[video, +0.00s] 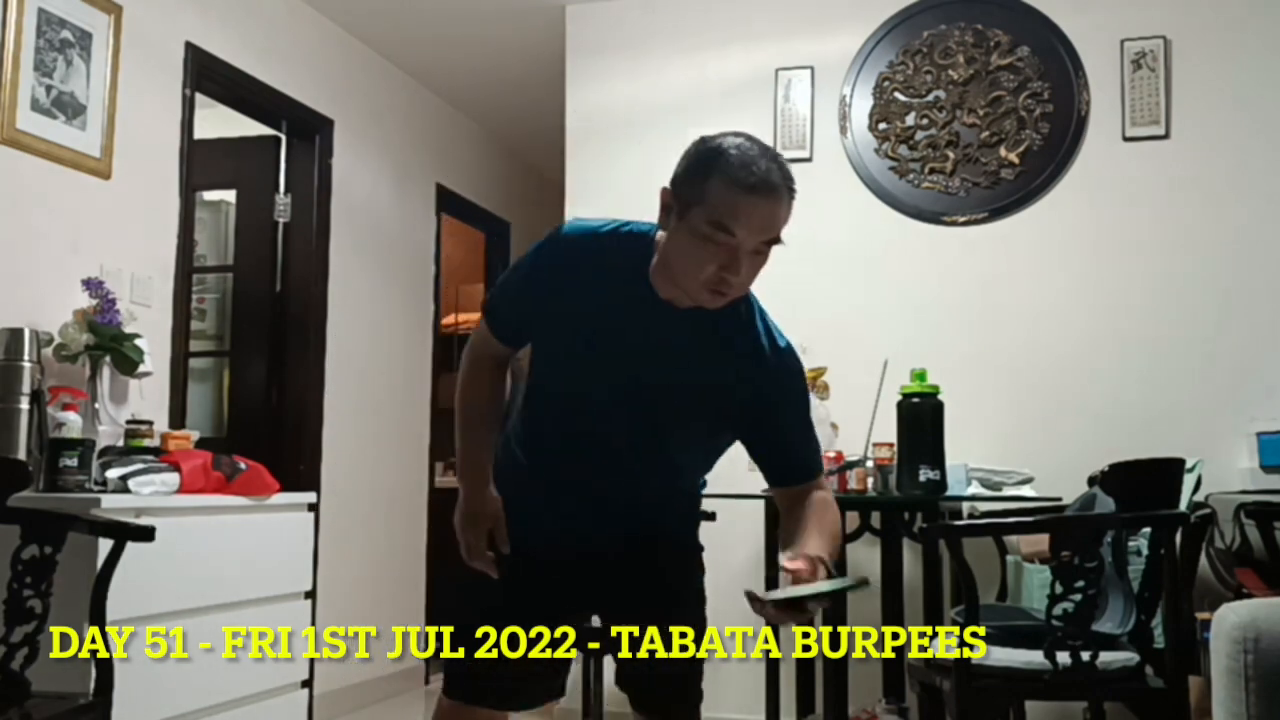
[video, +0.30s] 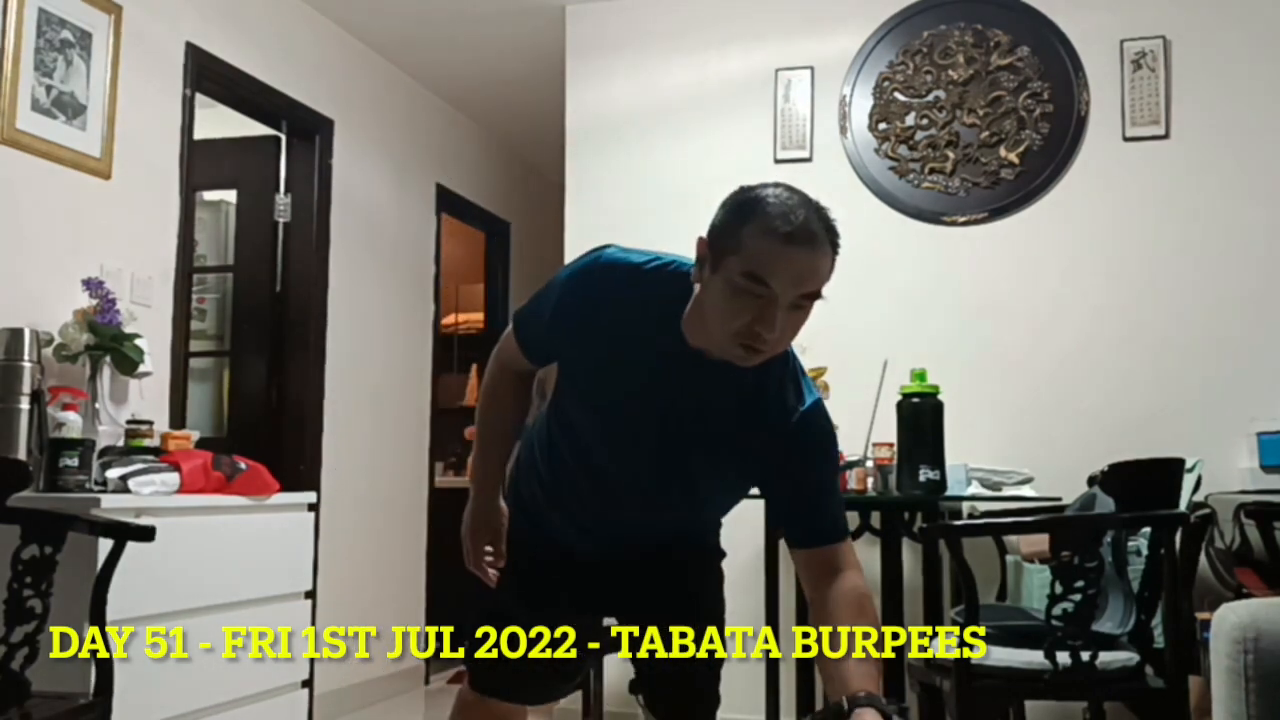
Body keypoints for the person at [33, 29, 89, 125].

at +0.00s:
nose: (66, 52)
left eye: (69, 48)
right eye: (63, 49)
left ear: (74, 49)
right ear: (61, 51)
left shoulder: (79, 66)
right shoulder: (61, 60)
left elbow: (69, 89)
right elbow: (57, 81)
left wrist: (48, 82)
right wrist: (49, 101)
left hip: (79, 102)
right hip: (62, 95)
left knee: (64, 98)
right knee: (47, 88)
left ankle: (70, 120)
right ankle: (60, 116)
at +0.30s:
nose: (66, 52)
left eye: (69, 48)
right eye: (63, 49)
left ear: (74, 49)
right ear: (61, 50)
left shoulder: (79, 66)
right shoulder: (61, 60)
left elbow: (69, 89)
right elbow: (57, 81)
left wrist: (48, 82)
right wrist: (49, 101)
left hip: (79, 102)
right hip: (63, 95)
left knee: (63, 98)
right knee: (47, 88)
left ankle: (70, 120)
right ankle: (61, 116)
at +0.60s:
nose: (66, 51)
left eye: (69, 48)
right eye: (63, 49)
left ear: (74, 49)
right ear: (61, 50)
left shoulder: (79, 66)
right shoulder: (62, 60)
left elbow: (69, 89)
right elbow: (57, 81)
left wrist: (49, 82)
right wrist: (49, 101)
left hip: (79, 102)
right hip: (64, 95)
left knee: (63, 98)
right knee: (48, 88)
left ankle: (69, 119)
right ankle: (61, 116)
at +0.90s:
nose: (67, 52)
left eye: (69, 48)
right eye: (64, 49)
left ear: (74, 49)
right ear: (61, 50)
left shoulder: (79, 66)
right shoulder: (61, 60)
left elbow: (69, 89)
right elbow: (57, 81)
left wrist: (48, 82)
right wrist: (49, 101)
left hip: (79, 102)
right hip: (64, 95)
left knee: (63, 98)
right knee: (47, 88)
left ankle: (70, 119)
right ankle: (61, 116)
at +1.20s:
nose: (66, 51)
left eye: (69, 48)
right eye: (63, 49)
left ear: (74, 49)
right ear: (60, 50)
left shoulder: (79, 65)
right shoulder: (61, 60)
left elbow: (70, 89)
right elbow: (57, 81)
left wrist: (49, 83)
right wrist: (49, 101)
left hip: (79, 102)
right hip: (63, 94)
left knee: (64, 98)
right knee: (48, 88)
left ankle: (70, 119)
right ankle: (61, 117)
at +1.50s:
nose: (66, 52)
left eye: (69, 48)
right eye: (63, 49)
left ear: (74, 49)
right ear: (61, 50)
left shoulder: (79, 65)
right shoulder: (61, 60)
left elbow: (70, 89)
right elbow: (57, 81)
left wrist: (49, 82)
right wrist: (49, 101)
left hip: (79, 101)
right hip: (63, 94)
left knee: (64, 98)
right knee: (49, 89)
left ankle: (70, 119)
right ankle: (61, 117)